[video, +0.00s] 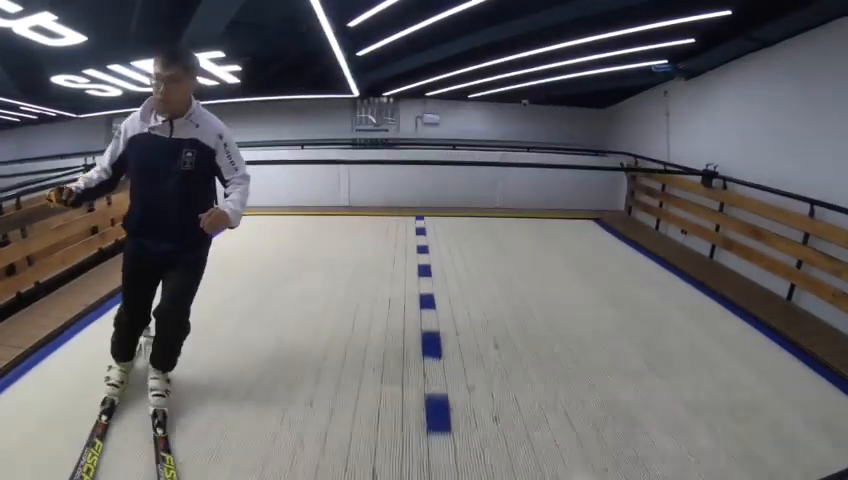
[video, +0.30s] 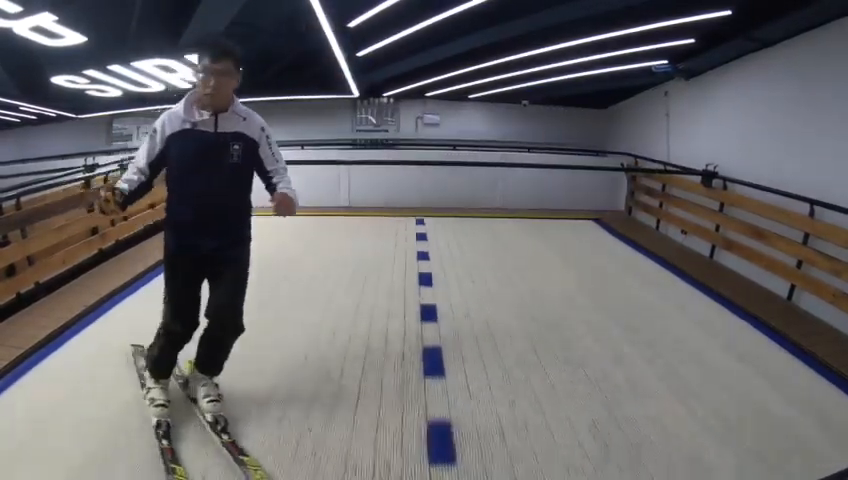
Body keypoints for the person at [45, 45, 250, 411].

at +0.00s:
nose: (160, 88)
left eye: (169, 81)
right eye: (156, 80)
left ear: (192, 81)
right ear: (151, 80)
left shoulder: (213, 132)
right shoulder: (134, 126)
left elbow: (238, 181)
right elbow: (105, 171)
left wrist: (228, 211)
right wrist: (74, 191)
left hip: (189, 242)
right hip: (142, 239)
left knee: (173, 315)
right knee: (132, 311)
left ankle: (160, 372)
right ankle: (120, 364)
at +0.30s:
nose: (209, 82)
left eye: (220, 75)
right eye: (205, 73)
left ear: (237, 82)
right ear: (196, 76)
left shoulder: (252, 126)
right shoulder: (171, 121)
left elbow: (275, 172)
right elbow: (142, 168)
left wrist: (284, 193)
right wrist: (121, 194)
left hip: (231, 240)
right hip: (183, 238)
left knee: (228, 321)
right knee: (181, 320)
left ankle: (202, 374)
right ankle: (156, 371)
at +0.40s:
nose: (238, 79)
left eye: (248, 72)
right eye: (233, 70)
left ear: (264, 79)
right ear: (222, 72)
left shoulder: (275, 124)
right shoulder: (197, 119)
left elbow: (296, 170)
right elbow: (167, 167)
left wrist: (311, 190)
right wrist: (150, 190)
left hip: (257, 238)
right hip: (209, 238)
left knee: (258, 320)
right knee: (211, 322)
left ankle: (230, 374)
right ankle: (181, 379)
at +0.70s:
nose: (351, 74)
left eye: (358, 67)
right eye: (344, 65)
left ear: (364, 71)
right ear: (324, 66)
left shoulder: (368, 117)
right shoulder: (297, 112)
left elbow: (388, 162)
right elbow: (266, 161)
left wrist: (418, 177)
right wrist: (267, 182)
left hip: (355, 224)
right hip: (311, 227)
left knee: (372, 301)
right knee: (321, 312)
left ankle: (350, 358)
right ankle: (287, 376)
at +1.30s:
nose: (559, 84)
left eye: (563, 78)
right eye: (551, 75)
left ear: (563, 81)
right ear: (527, 74)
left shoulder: (549, 121)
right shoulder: (499, 109)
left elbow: (568, 159)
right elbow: (467, 164)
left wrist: (605, 178)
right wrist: (492, 195)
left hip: (534, 209)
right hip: (498, 212)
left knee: (559, 281)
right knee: (525, 289)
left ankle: (546, 328)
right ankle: (517, 340)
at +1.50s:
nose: (601, 93)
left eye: (605, 87)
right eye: (593, 84)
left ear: (607, 89)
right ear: (572, 81)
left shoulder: (591, 126)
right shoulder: (543, 112)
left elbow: (607, 164)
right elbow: (509, 167)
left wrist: (640, 185)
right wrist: (529, 204)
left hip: (575, 214)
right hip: (538, 215)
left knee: (595, 287)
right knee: (561, 293)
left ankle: (587, 329)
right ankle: (553, 344)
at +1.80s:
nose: (636, 99)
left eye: (640, 93)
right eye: (629, 91)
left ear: (642, 94)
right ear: (608, 87)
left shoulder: (633, 137)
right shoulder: (576, 123)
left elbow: (654, 175)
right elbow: (547, 176)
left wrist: (687, 194)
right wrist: (561, 209)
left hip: (616, 229)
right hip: (577, 231)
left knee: (633, 300)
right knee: (597, 306)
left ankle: (636, 350)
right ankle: (604, 363)